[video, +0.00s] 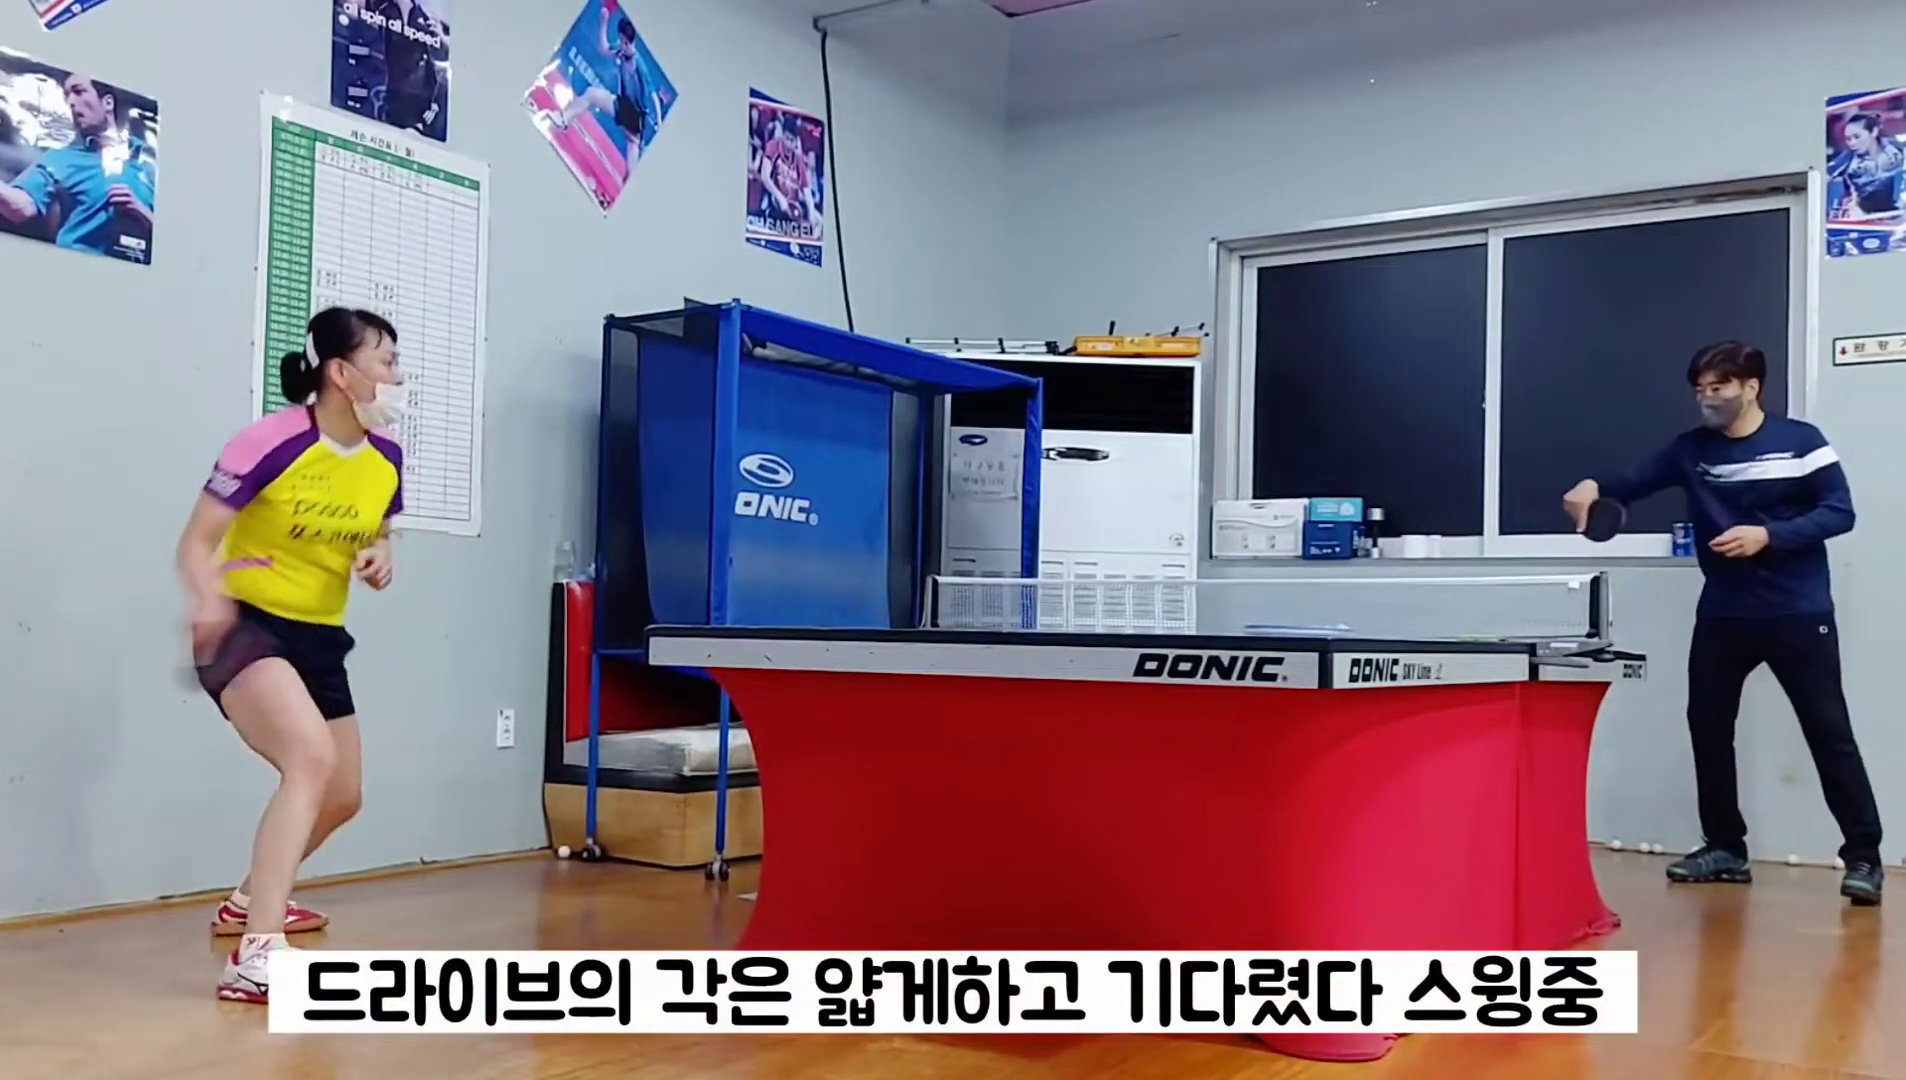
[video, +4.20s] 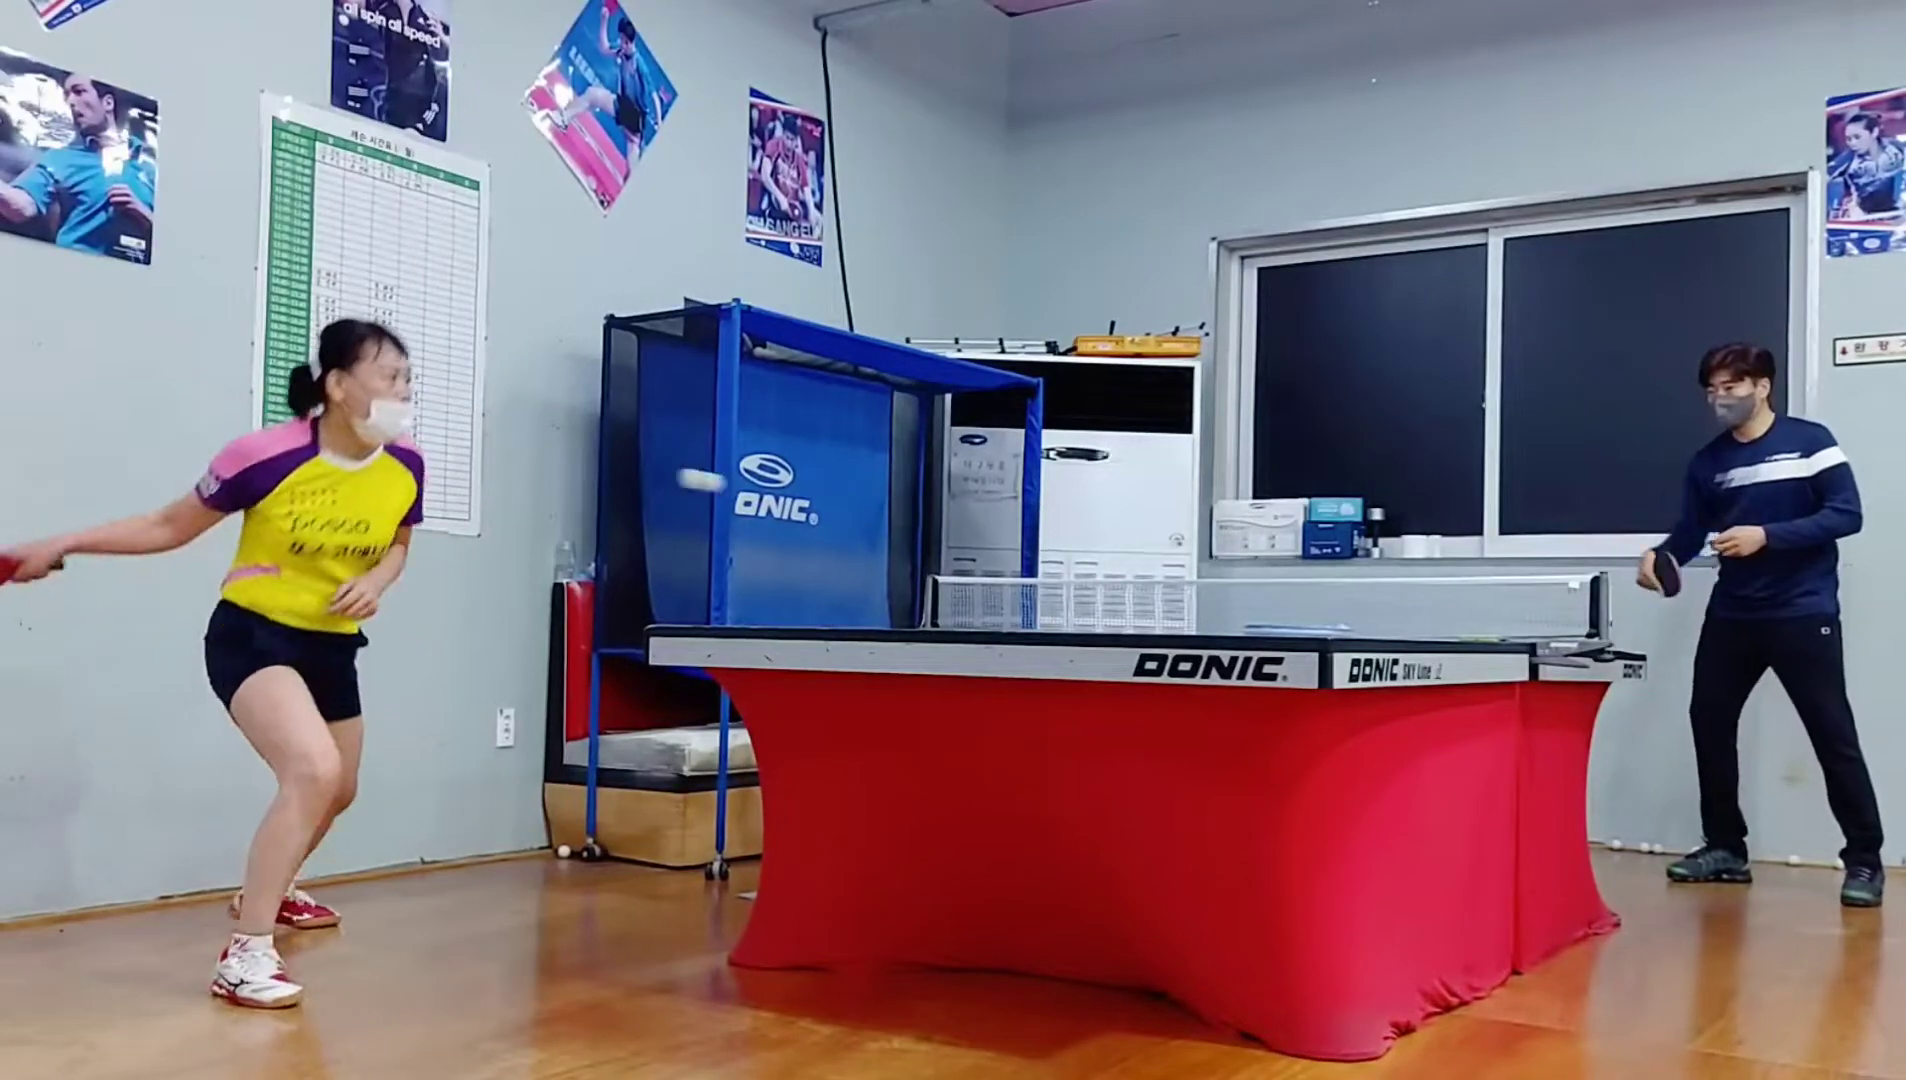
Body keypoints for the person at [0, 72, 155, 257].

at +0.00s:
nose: (70, 101)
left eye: (79, 91)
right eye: (67, 96)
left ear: (108, 102)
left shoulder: (150, 160)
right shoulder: (61, 159)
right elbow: (20, 208)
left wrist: (143, 212)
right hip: (74, 261)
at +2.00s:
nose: (70, 101)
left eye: (79, 91)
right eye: (67, 96)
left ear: (108, 103)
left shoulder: (149, 161)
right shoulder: (59, 159)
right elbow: (19, 207)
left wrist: (143, 213)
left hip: (134, 270)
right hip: (75, 260)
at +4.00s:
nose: (70, 101)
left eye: (79, 91)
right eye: (67, 96)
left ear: (108, 102)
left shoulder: (150, 163)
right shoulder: (59, 159)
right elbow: (19, 208)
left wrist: (144, 213)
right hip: (75, 261)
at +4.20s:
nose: (70, 101)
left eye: (79, 91)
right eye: (67, 96)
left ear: (108, 102)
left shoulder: (150, 163)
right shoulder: (59, 159)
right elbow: (19, 208)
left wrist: (143, 213)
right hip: (75, 261)